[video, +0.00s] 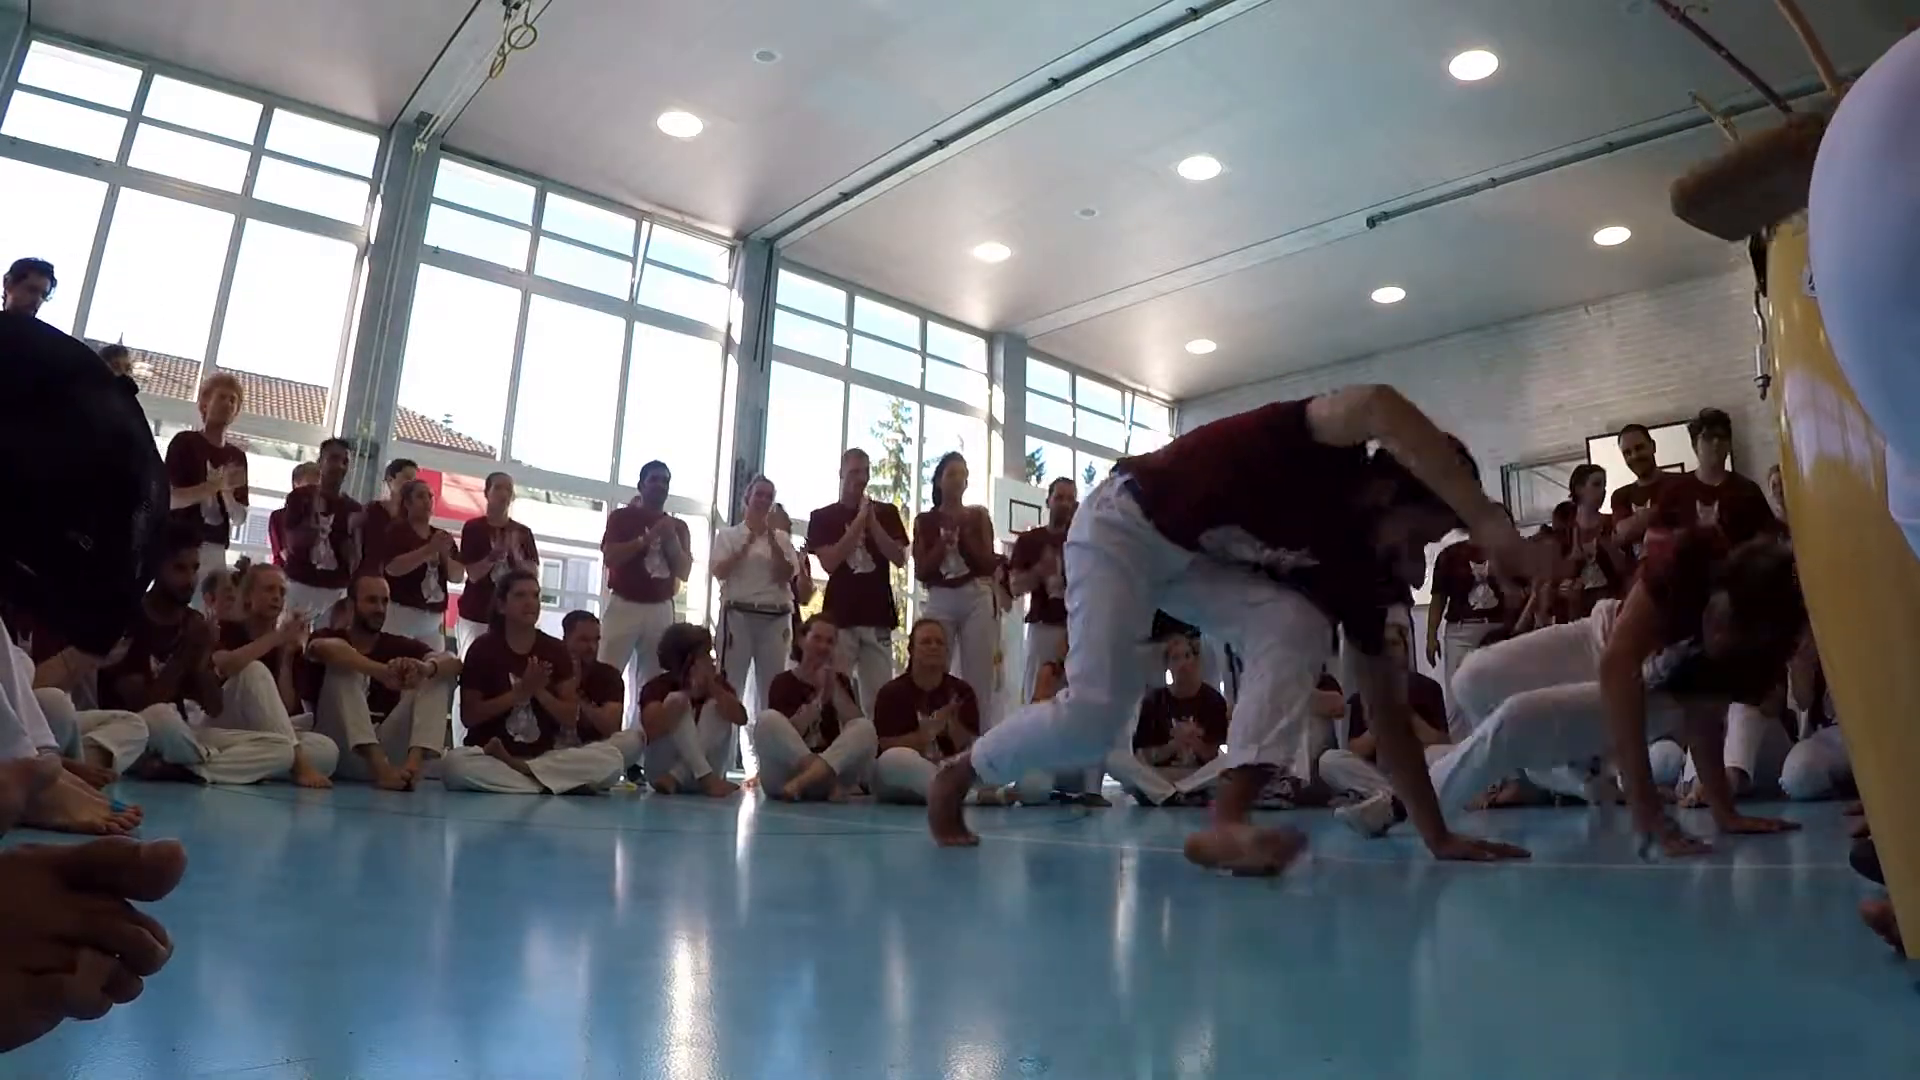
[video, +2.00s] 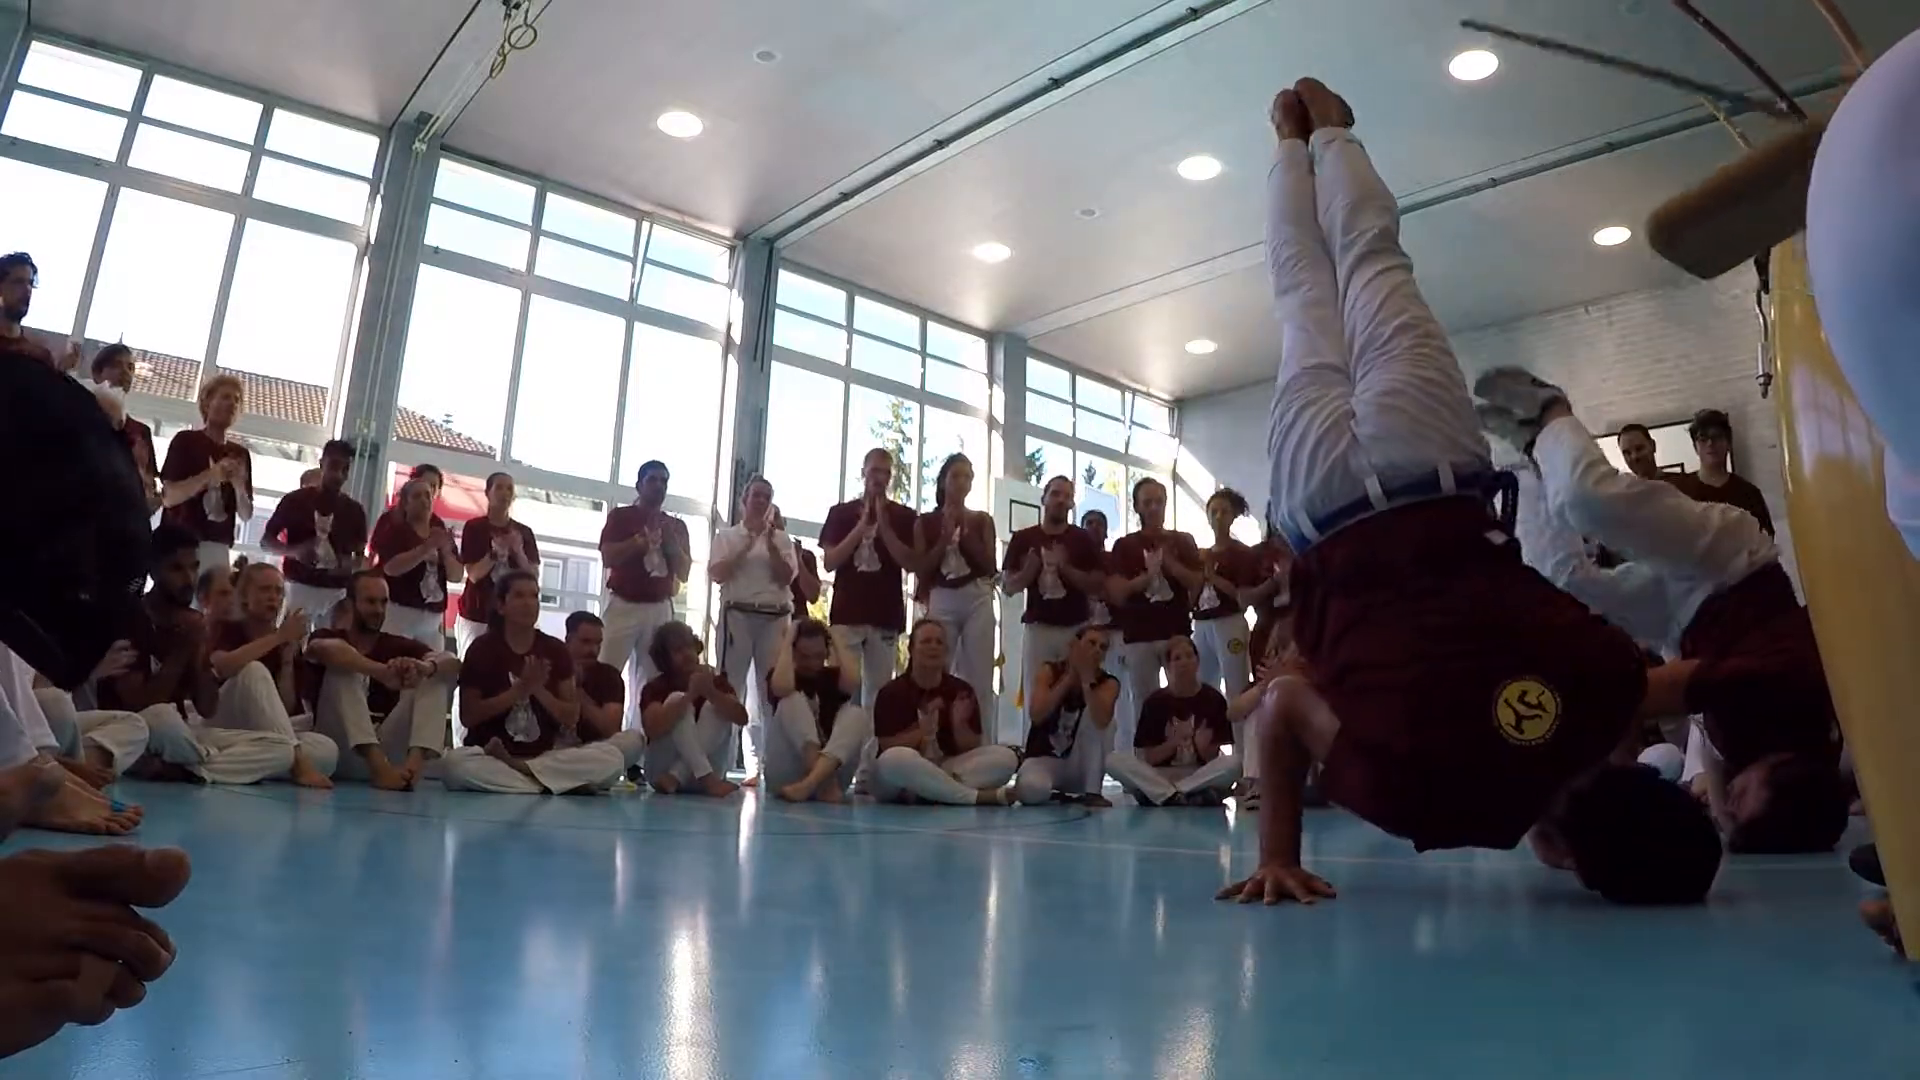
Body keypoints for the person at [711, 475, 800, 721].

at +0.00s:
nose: (763, 500)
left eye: (768, 496)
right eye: (759, 494)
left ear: (773, 502)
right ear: (747, 496)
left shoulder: (781, 538)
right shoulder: (727, 535)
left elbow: (788, 575)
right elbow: (719, 572)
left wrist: (774, 544)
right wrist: (744, 548)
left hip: (776, 618)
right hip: (737, 616)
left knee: (772, 691)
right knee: (730, 689)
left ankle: (768, 751)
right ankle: (724, 751)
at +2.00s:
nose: (759, 501)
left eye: (764, 497)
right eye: (755, 495)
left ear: (771, 503)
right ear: (744, 499)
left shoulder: (781, 538)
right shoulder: (728, 535)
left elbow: (786, 577)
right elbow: (716, 575)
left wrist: (771, 541)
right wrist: (746, 544)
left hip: (774, 617)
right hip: (736, 615)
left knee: (772, 692)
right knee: (730, 690)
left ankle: (768, 763)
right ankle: (723, 763)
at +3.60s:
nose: (760, 499)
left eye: (766, 495)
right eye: (755, 493)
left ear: (772, 501)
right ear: (745, 498)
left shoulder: (781, 536)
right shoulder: (728, 532)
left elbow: (787, 576)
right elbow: (718, 571)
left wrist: (791, 541)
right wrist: (731, 533)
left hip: (774, 615)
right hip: (735, 614)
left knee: (772, 691)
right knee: (730, 688)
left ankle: (772, 762)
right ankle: (728, 761)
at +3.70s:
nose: (761, 500)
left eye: (766, 495)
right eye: (757, 494)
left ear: (772, 502)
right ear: (744, 499)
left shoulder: (783, 538)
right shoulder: (727, 535)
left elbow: (784, 577)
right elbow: (724, 574)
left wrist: (774, 539)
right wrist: (753, 541)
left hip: (774, 618)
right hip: (736, 616)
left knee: (771, 693)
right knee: (730, 691)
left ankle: (768, 762)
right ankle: (726, 763)